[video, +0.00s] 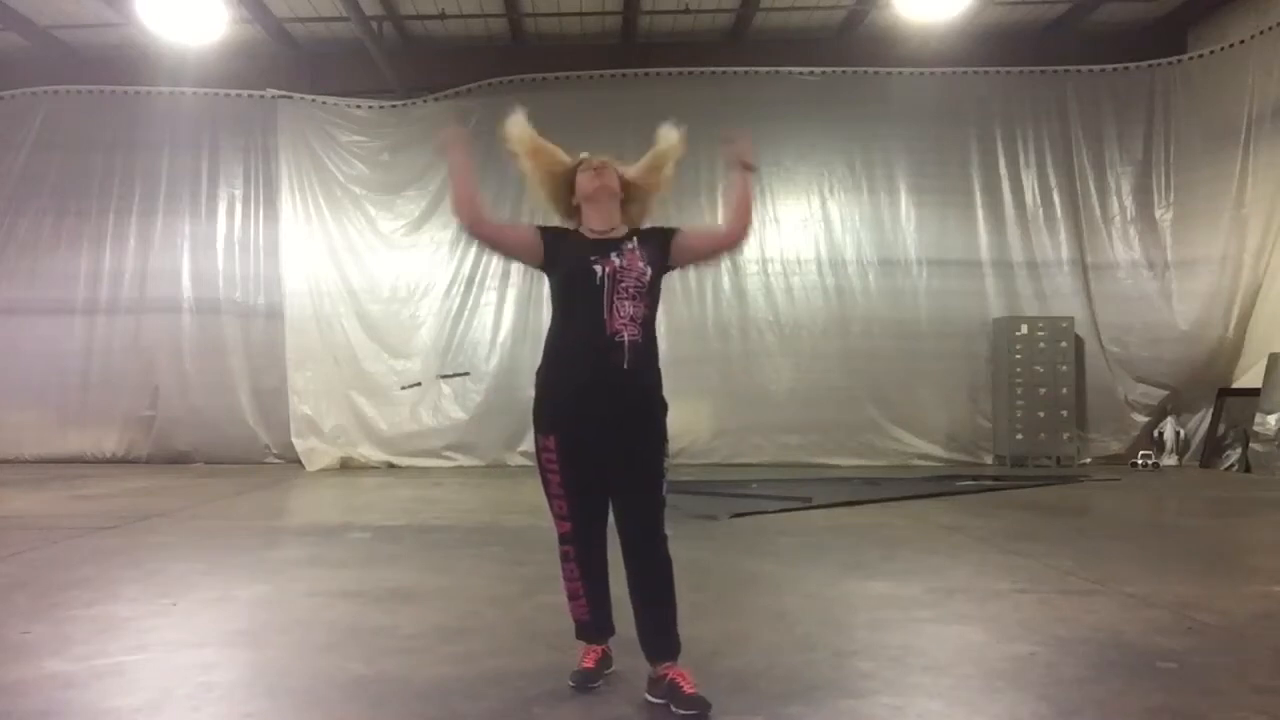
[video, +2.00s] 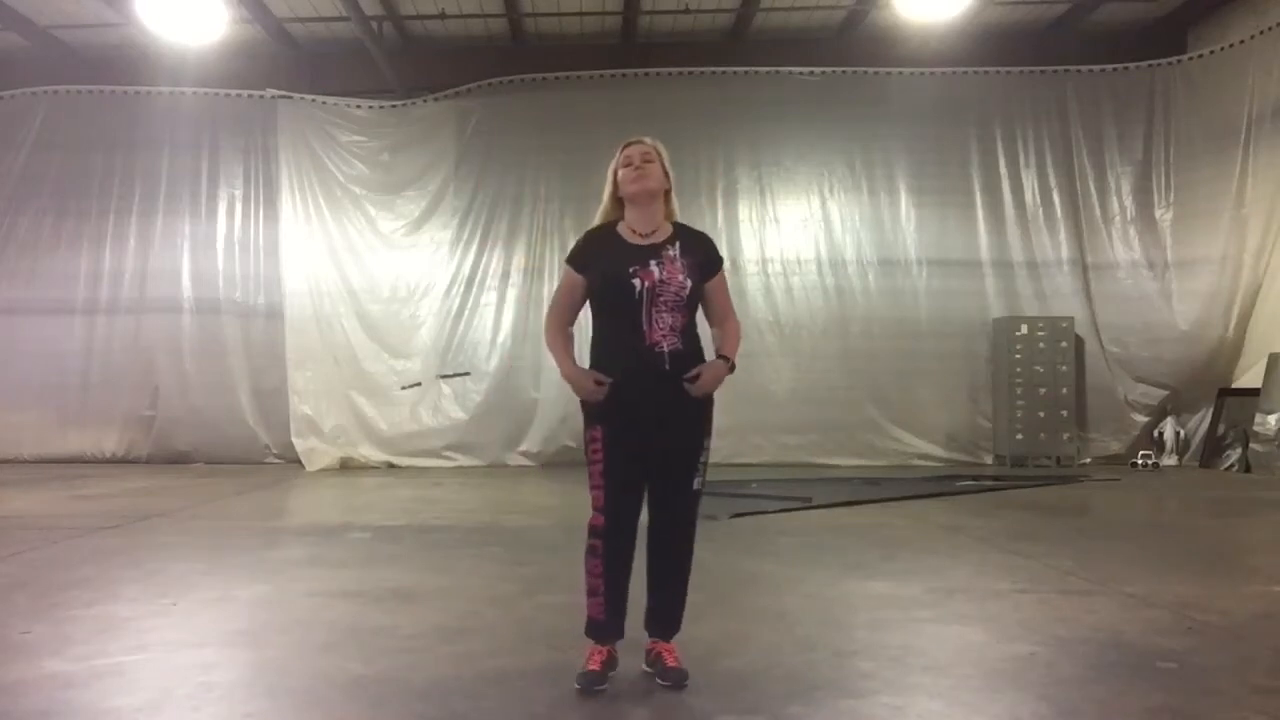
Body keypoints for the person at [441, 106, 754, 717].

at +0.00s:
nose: (596, 174)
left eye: (605, 168)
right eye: (585, 170)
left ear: (622, 186)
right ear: (573, 190)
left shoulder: (654, 244)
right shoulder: (555, 244)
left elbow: (731, 234)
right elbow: (476, 221)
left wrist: (742, 173)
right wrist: (459, 156)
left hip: (637, 411)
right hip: (567, 413)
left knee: (647, 538)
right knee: (579, 536)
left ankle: (665, 664)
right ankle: (594, 646)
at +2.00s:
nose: (636, 166)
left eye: (647, 160)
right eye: (626, 162)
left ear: (667, 178)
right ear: (614, 184)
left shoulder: (696, 246)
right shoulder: (595, 247)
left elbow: (725, 321)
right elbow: (557, 320)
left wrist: (723, 364)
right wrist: (573, 373)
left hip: (683, 403)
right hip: (615, 403)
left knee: (674, 526)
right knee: (610, 524)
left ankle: (662, 642)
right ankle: (601, 643)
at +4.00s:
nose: (631, 170)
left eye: (643, 165)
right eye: (623, 160)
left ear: (656, 181)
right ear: (604, 169)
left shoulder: (673, 242)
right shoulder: (571, 239)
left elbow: (702, 318)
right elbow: (535, 320)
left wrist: (733, 377)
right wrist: (492, 381)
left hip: (663, 405)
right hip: (593, 405)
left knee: (650, 522)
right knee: (597, 524)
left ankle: (633, 648)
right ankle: (599, 649)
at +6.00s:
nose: (640, 190)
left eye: (650, 180)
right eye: (629, 180)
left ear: (665, 186)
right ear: (612, 187)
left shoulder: (688, 252)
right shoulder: (586, 248)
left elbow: (707, 333)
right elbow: (558, 333)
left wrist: (726, 408)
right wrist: (535, 403)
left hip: (673, 413)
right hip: (604, 412)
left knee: (655, 527)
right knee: (604, 529)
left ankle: (635, 648)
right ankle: (600, 649)